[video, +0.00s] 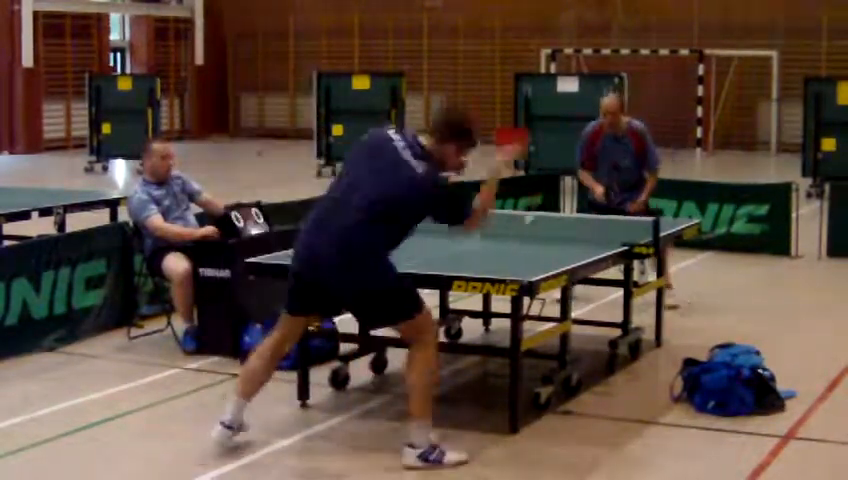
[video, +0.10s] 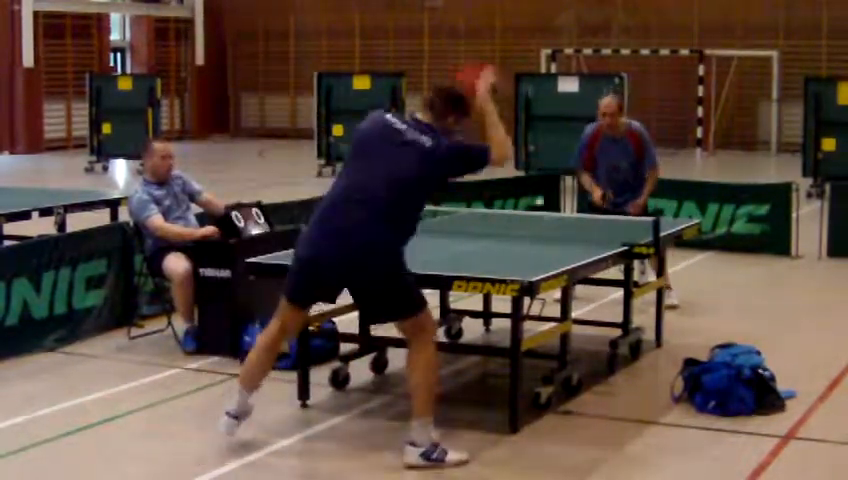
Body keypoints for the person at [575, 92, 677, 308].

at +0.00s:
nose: (610, 119)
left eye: (614, 114)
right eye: (606, 115)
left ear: (623, 113)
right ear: (601, 114)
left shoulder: (637, 131)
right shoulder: (593, 131)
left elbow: (653, 171)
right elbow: (581, 169)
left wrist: (641, 200)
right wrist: (595, 186)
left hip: (631, 197)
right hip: (602, 197)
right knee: (591, 238)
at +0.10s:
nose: (607, 121)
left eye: (612, 116)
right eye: (603, 116)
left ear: (621, 114)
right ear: (599, 115)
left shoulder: (636, 131)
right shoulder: (592, 133)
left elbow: (652, 170)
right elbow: (582, 169)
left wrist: (641, 200)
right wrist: (593, 189)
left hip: (632, 197)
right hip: (604, 198)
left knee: (650, 241)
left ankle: (665, 287)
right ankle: (567, 286)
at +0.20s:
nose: (599, 121)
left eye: (603, 115)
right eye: (596, 115)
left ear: (616, 114)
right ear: (594, 115)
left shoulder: (634, 132)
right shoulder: (591, 134)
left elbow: (653, 171)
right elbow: (584, 168)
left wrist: (642, 201)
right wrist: (590, 192)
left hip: (632, 199)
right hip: (604, 200)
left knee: (651, 241)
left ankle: (665, 287)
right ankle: (567, 285)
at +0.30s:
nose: (594, 119)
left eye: (597, 113)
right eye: (590, 115)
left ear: (609, 110)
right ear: (587, 115)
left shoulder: (631, 131)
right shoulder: (591, 135)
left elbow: (651, 171)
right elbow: (592, 169)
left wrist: (642, 202)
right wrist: (581, 189)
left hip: (628, 204)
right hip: (599, 201)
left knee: (651, 242)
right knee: (579, 237)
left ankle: (667, 286)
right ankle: (567, 284)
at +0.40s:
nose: (585, 119)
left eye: (588, 113)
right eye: (583, 114)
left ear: (601, 111)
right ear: (583, 115)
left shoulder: (624, 128)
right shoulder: (594, 133)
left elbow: (645, 164)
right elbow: (602, 171)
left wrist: (641, 199)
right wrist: (571, 175)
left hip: (632, 199)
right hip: (608, 197)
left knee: (649, 249)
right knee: (585, 237)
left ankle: (679, 286)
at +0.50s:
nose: (580, 125)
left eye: (581, 119)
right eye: (578, 120)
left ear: (594, 115)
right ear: (588, 117)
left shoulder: (618, 128)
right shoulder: (604, 133)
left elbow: (640, 164)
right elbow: (610, 174)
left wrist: (639, 199)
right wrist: (583, 170)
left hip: (634, 202)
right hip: (612, 199)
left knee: (650, 251)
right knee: (589, 235)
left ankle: (681, 287)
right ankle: (590, 283)